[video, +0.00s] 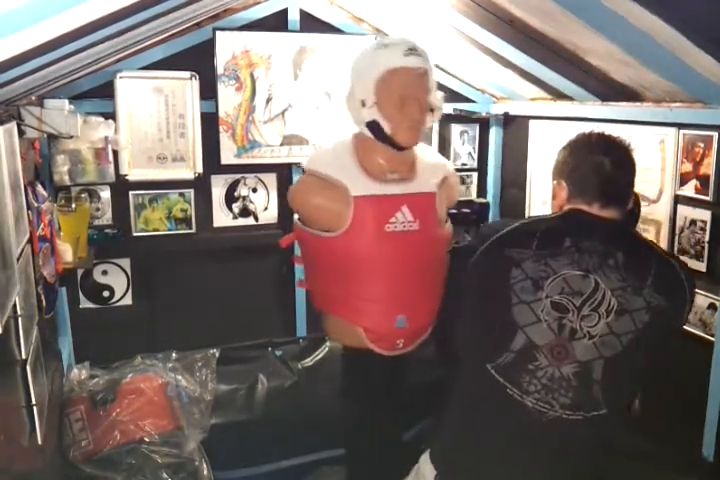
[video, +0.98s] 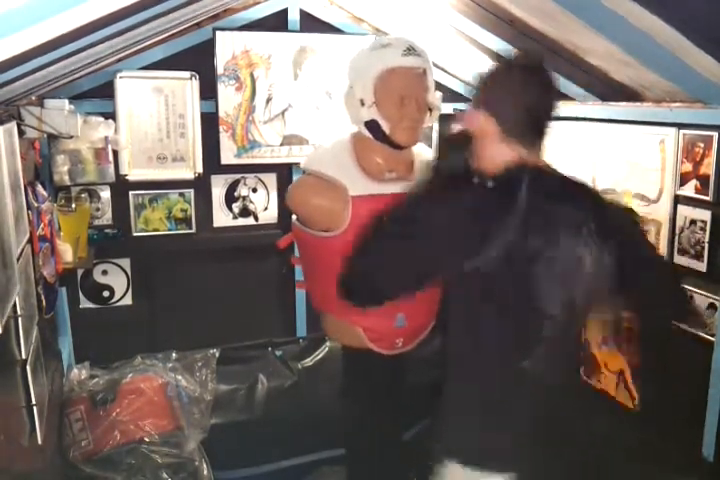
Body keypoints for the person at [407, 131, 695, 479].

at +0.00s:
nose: (552, 197)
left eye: (551, 189)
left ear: (560, 193)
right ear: (631, 203)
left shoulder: (500, 246)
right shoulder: (671, 281)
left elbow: (459, 343)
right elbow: (647, 380)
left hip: (481, 451)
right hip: (590, 460)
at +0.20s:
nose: (559, 196)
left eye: (559, 187)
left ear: (567, 190)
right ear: (639, 202)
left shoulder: (499, 243)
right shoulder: (682, 280)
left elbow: (462, 343)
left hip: (489, 457)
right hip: (613, 465)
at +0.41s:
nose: (564, 196)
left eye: (564, 187)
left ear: (572, 192)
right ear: (646, 205)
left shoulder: (506, 246)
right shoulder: (684, 283)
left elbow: (465, 342)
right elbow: (665, 392)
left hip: (485, 458)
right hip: (609, 466)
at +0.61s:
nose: (566, 191)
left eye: (567, 183)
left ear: (575, 191)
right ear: (650, 201)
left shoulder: (509, 253)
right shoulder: (685, 286)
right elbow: (674, 402)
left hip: (500, 461)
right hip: (620, 467)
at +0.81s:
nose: (542, 175)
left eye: (548, 168)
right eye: (549, 166)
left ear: (556, 184)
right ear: (622, 192)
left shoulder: (483, 259)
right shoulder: (661, 292)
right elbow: (674, 420)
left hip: (480, 465)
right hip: (598, 470)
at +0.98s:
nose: (464, 120)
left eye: (474, 108)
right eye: (472, 107)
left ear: (492, 121)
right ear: (539, 122)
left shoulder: (460, 203)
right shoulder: (594, 212)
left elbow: (361, 283)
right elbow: (669, 302)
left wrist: (440, 183)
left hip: (474, 448)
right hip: (565, 450)